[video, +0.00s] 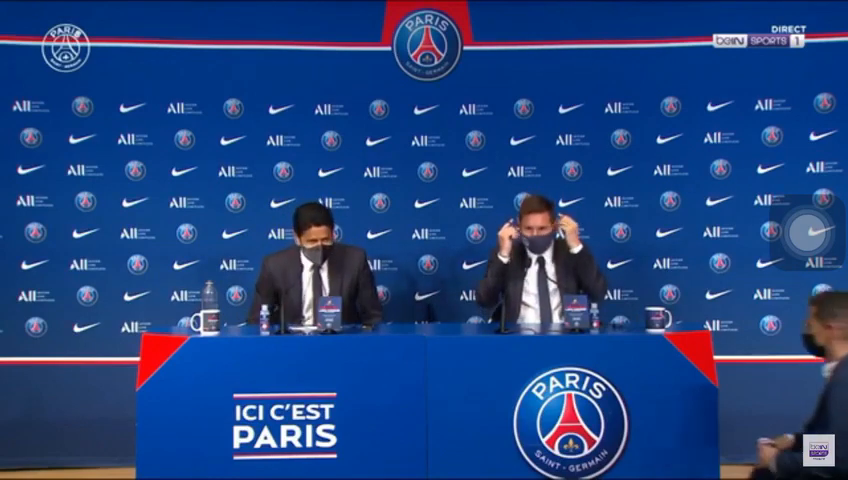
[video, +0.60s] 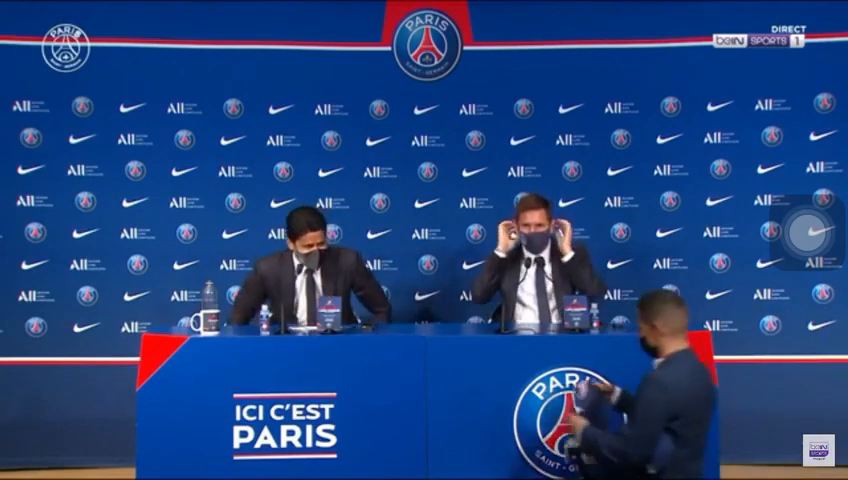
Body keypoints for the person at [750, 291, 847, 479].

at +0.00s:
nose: (808, 328)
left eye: (812, 321)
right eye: (810, 321)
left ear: (832, 328)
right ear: (833, 327)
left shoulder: (841, 380)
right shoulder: (838, 374)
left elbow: (837, 460)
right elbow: (825, 429)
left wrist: (777, 461)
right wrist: (793, 441)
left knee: (762, 474)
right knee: (760, 472)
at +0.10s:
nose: (782, 325)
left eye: (786, 318)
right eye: (784, 318)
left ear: (804, 324)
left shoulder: (822, 376)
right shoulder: (821, 369)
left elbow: (810, 451)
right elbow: (806, 430)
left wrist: (750, 454)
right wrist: (768, 436)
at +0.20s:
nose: (745, 323)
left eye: (749, 316)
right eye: (746, 316)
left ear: (767, 321)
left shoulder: (787, 369)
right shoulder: (784, 365)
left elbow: (772, 448)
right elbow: (769, 427)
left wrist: (714, 450)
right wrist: (728, 428)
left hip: (783, 474)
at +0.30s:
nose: (724, 324)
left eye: (727, 316)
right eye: (724, 316)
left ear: (745, 320)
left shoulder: (764, 369)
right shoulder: (767, 363)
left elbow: (746, 448)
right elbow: (747, 426)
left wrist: (688, 452)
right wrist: (703, 419)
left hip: (761, 474)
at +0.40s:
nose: (693, 329)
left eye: (695, 322)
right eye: (693, 322)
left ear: (712, 324)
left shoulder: (727, 374)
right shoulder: (742, 365)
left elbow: (705, 451)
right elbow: (712, 416)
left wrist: (649, 449)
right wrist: (670, 406)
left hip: (727, 473)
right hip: (744, 471)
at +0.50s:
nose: (672, 334)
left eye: (673, 326)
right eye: (672, 327)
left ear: (690, 328)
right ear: (715, 325)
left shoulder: (699, 380)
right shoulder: (728, 371)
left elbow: (674, 454)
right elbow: (693, 414)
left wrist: (620, 446)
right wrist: (645, 400)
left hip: (699, 474)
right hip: (724, 472)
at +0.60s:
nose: (639, 335)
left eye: (641, 328)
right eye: (639, 328)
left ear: (657, 329)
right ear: (682, 325)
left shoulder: (659, 382)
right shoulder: (699, 372)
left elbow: (633, 452)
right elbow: (661, 417)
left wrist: (585, 431)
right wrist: (615, 396)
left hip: (661, 474)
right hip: (689, 471)